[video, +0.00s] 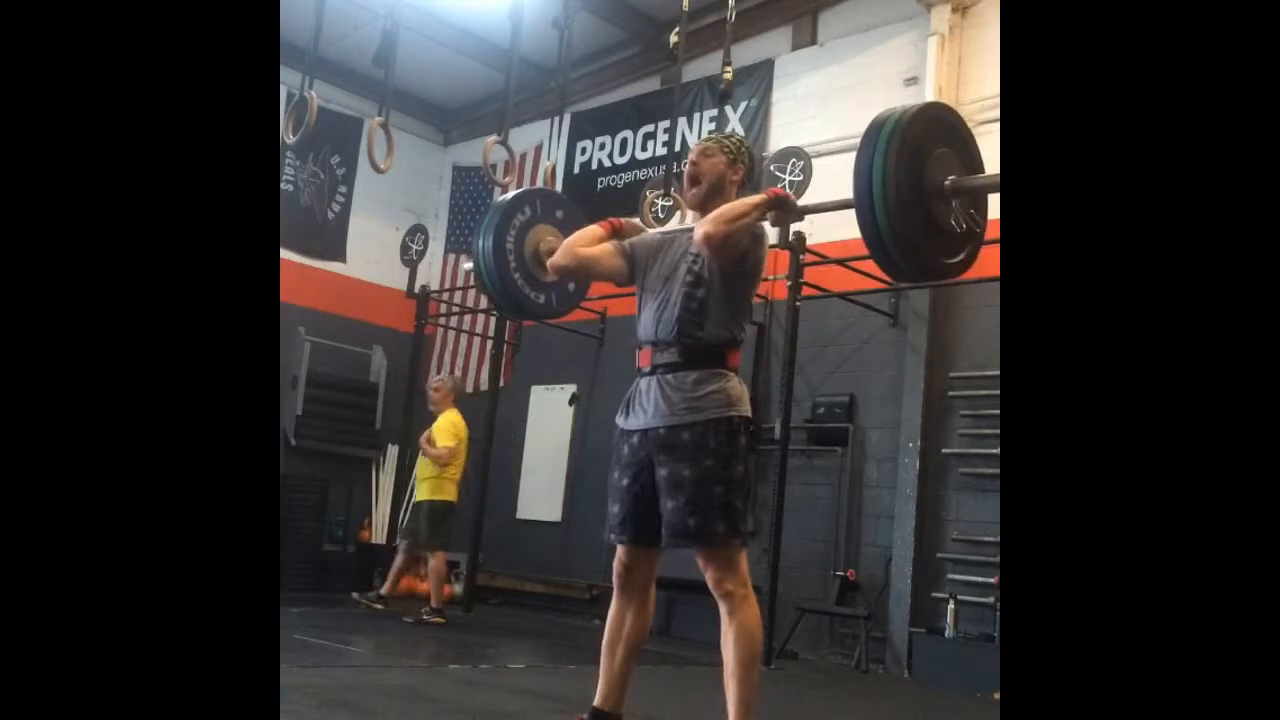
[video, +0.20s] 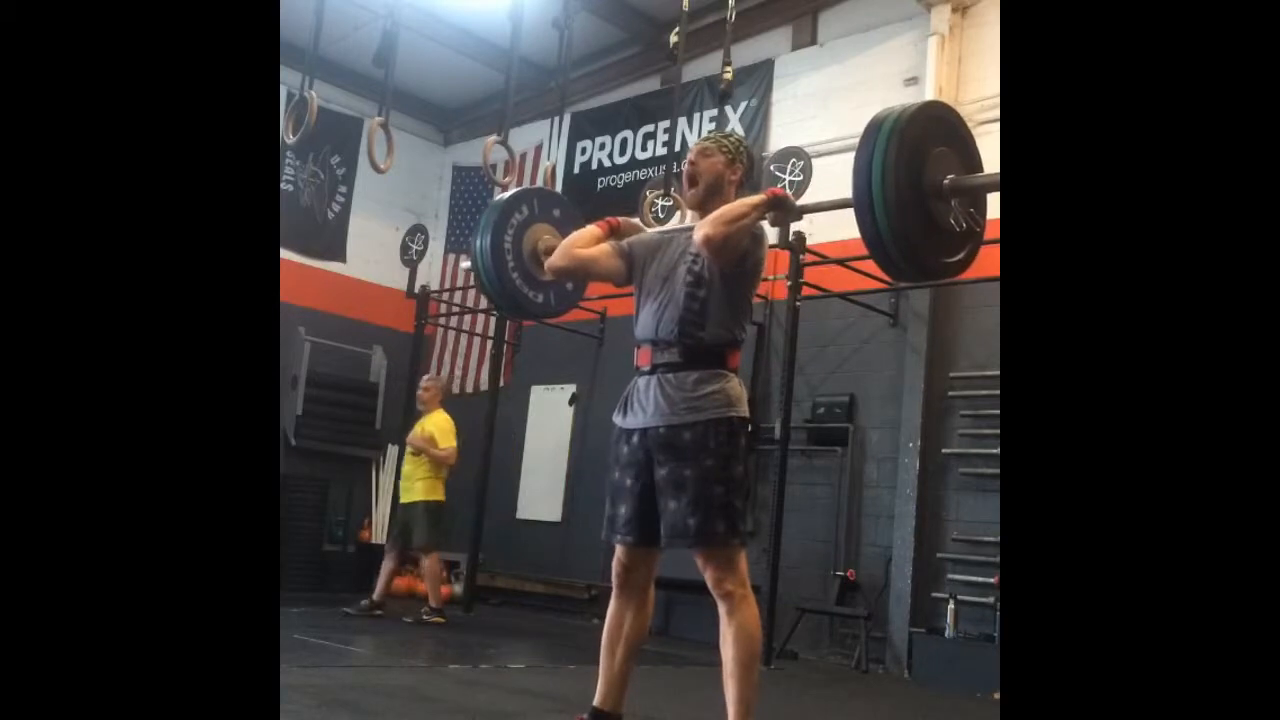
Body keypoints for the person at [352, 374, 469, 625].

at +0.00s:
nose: (431, 395)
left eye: (436, 391)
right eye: (430, 390)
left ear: (450, 395)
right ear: (444, 396)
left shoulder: (448, 420)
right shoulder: (449, 420)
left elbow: (445, 456)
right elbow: (447, 457)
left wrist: (423, 445)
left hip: (437, 495)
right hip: (428, 494)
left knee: (436, 551)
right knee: (407, 545)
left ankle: (435, 608)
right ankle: (383, 594)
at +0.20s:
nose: (420, 394)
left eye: (426, 390)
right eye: (420, 389)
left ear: (439, 394)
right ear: (420, 393)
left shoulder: (441, 420)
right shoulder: (423, 420)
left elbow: (450, 456)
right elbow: (425, 455)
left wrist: (422, 447)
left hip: (426, 497)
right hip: (408, 496)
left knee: (428, 551)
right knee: (393, 549)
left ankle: (435, 607)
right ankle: (376, 600)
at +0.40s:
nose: (405, 390)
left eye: (411, 386)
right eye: (403, 386)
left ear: (423, 390)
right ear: (401, 389)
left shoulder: (428, 418)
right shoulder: (403, 420)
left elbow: (438, 453)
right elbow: (394, 464)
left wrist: (410, 444)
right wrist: (373, 488)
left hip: (413, 495)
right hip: (392, 494)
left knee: (414, 549)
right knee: (386, 548)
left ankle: (432, 603)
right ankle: (375, 600)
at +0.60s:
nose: (392, 389)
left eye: (399, 386)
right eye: (390, 385)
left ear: (410, 390)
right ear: (387, 389)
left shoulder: (416, 416)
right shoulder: (384, 421)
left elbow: (426, 450)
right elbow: (376, 458)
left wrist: (400, 440)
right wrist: (354, 485)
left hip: (401, 492)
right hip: (379, 491)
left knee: (397, 546)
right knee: (379, 547)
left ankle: (427, 596)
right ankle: (374, 600)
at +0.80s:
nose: (385, 388)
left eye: (391, 384)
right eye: (382, 384)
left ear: (400, 389)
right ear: (376, 388)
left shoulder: (410, 416)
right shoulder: (370, 421)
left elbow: (425, 449)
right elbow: (360, 458)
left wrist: (397, 439)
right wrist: (349, 491)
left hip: (395, 487)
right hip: (370, 488)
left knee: (382, 540)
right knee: (371, 545)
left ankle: (409, 584)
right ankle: (374, 599)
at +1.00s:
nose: (381, 386)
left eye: (386, 382)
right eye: (376, 382)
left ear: (393, 387)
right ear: (368, 386)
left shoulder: (405, 414)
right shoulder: (360, 419)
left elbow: (424, 448)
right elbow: (351, 457)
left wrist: (395, 439)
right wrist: (344, 491)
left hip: (393, 486)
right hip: (366, 488)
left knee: (375, 538)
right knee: (369, 543)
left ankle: (370, 596)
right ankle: (375, 596)